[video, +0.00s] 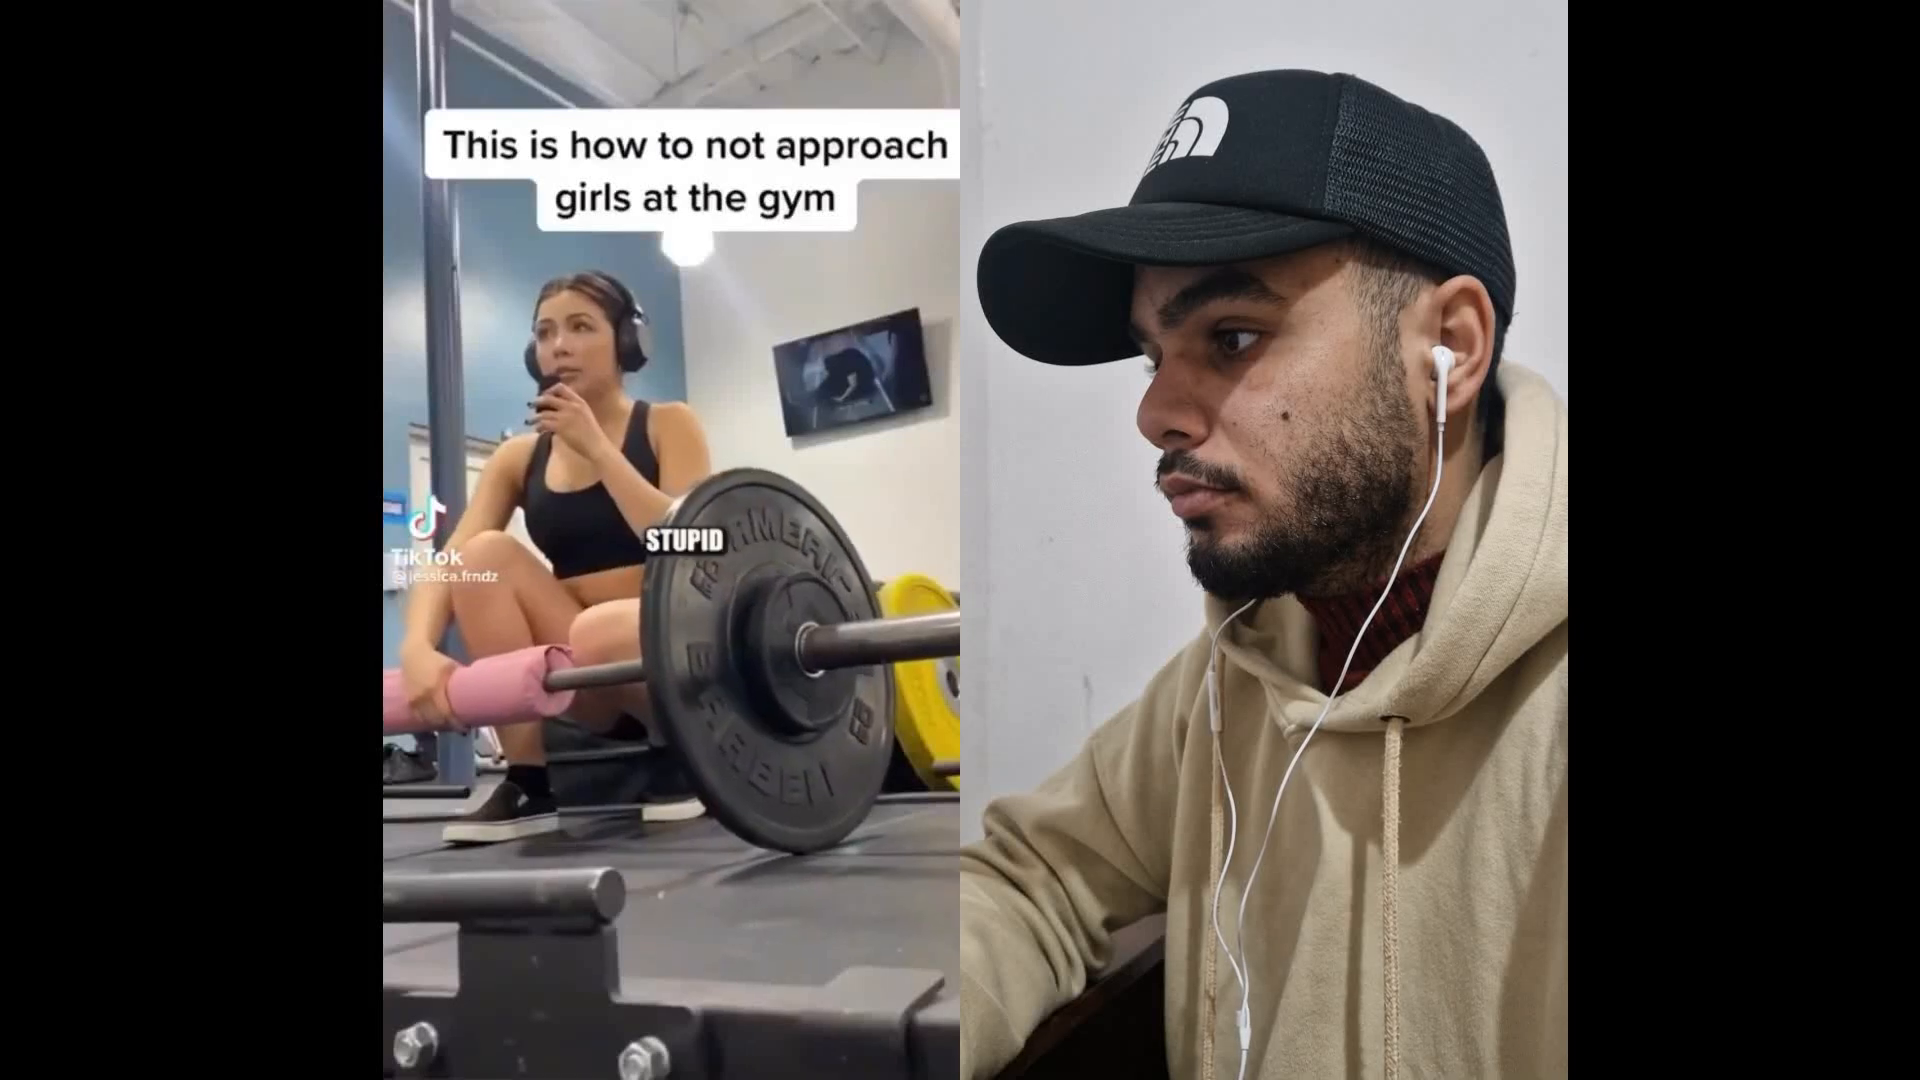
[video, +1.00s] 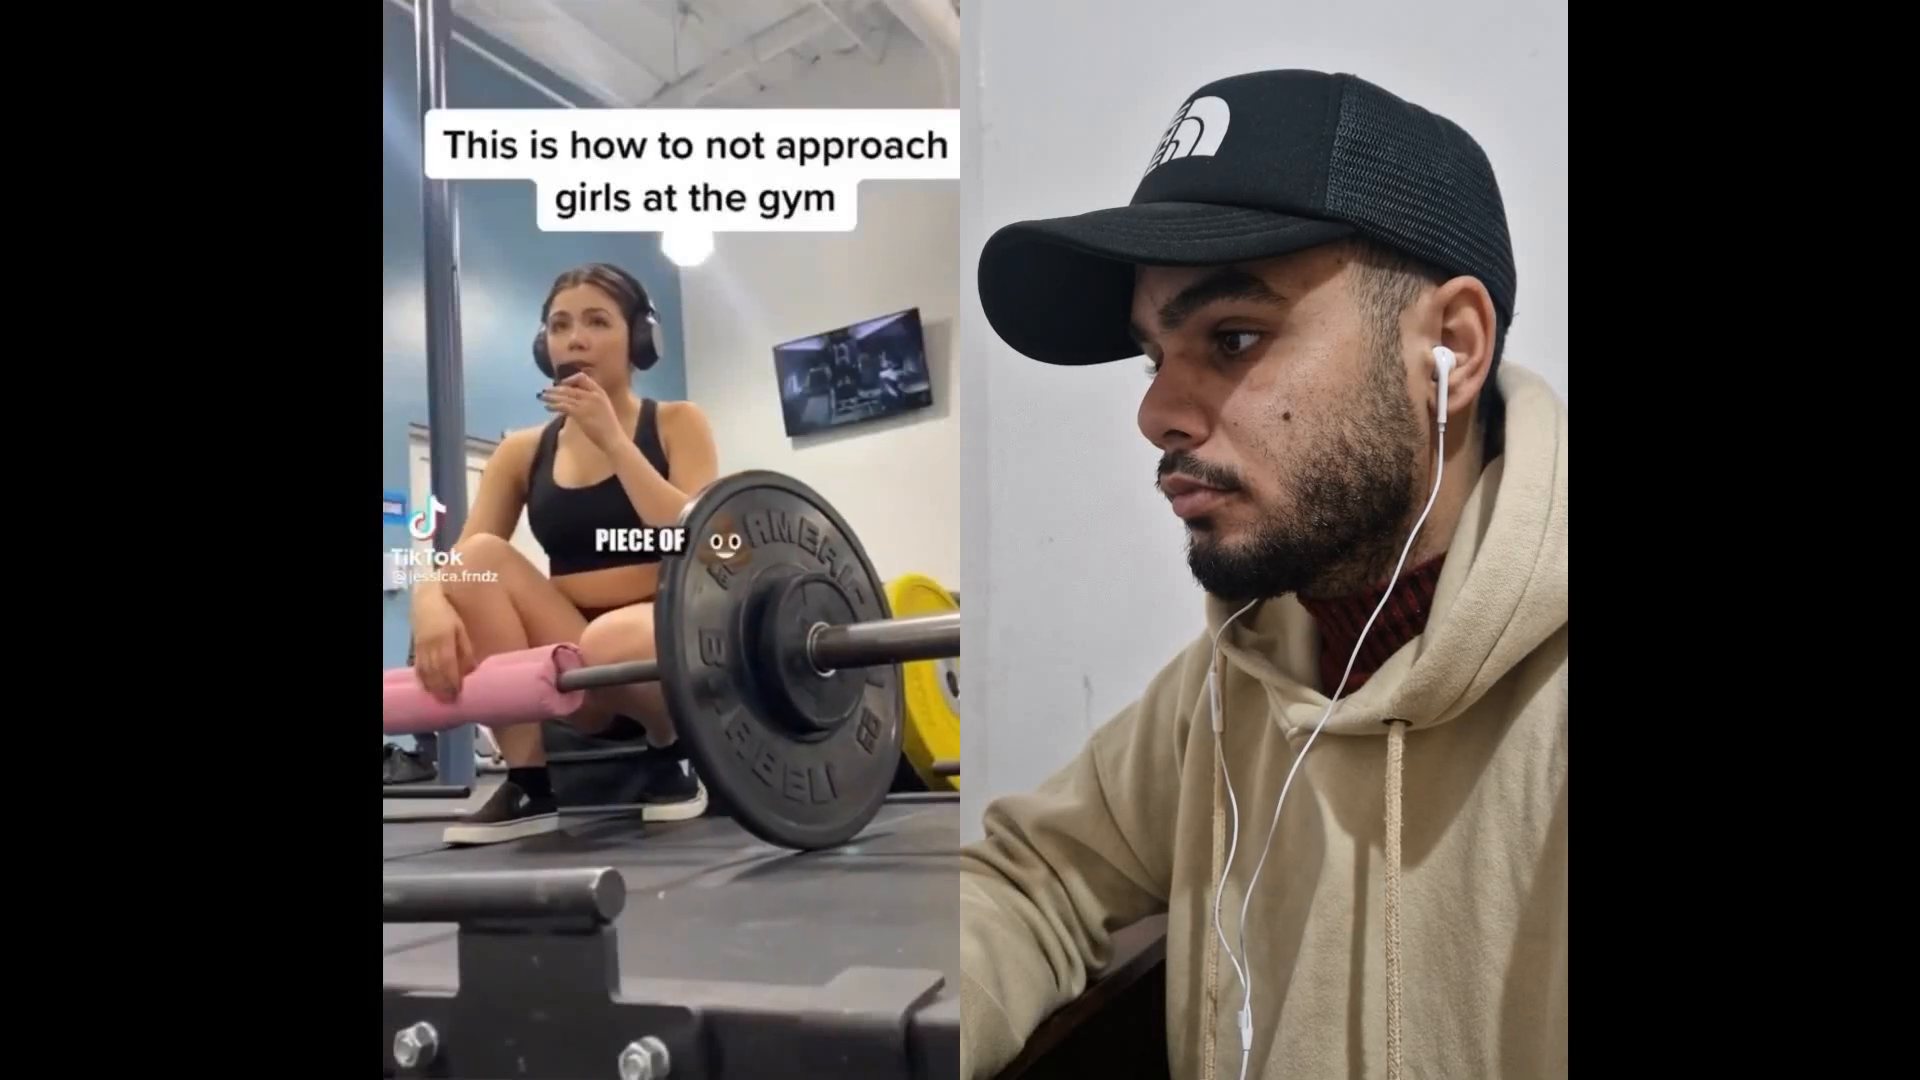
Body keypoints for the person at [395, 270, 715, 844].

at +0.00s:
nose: (559, 344)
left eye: (580, 326)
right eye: (546, 330)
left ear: (622, 342)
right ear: (535, 352)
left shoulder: (668, 425)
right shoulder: (520, 455)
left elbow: (691, 540)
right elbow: (452, 560)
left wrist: (598, 449)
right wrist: (417, 651)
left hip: (675, 644)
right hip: (580, 662)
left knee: (597, 632)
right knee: (484, 555)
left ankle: (687, 757)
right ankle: (527, 783)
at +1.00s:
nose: (575, 338)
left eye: (596, 321)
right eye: (560, 323)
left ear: (635, 340)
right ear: (546, 344)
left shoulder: (677, 425)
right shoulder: (523, 451)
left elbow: (700, 537)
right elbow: (469, 560)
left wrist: (614, 442)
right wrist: (426, 593)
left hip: (669, 640)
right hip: (571, 647)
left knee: (615, 638)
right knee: (478, 561)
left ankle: (666, 752)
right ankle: (527, 782)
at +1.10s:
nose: (571, 335)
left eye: (593, 318)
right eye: (557, 321)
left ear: (632, 337)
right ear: (544, 343)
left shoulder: (674, 420)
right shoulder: (522, 447)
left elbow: (702, 525)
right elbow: (478, 560)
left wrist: (615, 435)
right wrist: (456, 534)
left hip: (671, 633)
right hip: (572, 642)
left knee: (608, 643)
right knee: (466, 557)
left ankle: (668, 754)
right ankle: (528, 781)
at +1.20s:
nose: (569, 332)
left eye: (591, 317)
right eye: (555, 320)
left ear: (630, 335)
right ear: (542, 342)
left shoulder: (672, 416)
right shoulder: (527, 441)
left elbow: (700, 519)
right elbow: (462, 550)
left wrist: (614, 430)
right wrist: (465, 465)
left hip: (670, 630)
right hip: (571, 641)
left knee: (604, 645)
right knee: (468, 561)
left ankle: (670, 754)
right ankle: (527, 781)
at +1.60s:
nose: (573, 334)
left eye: (592, 319)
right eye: (554, 324)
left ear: (628, 336)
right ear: (537, 349)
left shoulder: (666, 410)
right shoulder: (530, 414)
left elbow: (717, 519)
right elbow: (468, 532)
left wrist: (616, 470)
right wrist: (535, 433)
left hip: (671, 628)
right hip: (571, 637)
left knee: (596, 646)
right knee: (461, 564)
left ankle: (689, 754)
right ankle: (527, 781)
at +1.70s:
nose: (575, 332)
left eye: (594, 317)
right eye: (556, 321)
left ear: (629, 334)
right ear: (538, 347)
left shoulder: (663, 411)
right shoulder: (531, 410)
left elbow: (702, 527)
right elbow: (478, 531)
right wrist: (544, 427)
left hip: (663, 630)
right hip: (567, 637)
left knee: (602, 639)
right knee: (462, 562)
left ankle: (676, 758)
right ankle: (526, 781)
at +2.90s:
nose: (610, 408)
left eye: (628, 387)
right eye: (588, 390)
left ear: (656, 374)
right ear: (561, 384)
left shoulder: (688, 439)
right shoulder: (544, 425)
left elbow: (737, 551)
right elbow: (470, 534)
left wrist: (689, 636)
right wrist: (555, 506)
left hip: (681, 656)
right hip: (576, 657)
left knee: (621, 604)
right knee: (457, 565)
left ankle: (672, 744)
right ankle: (525, 777)